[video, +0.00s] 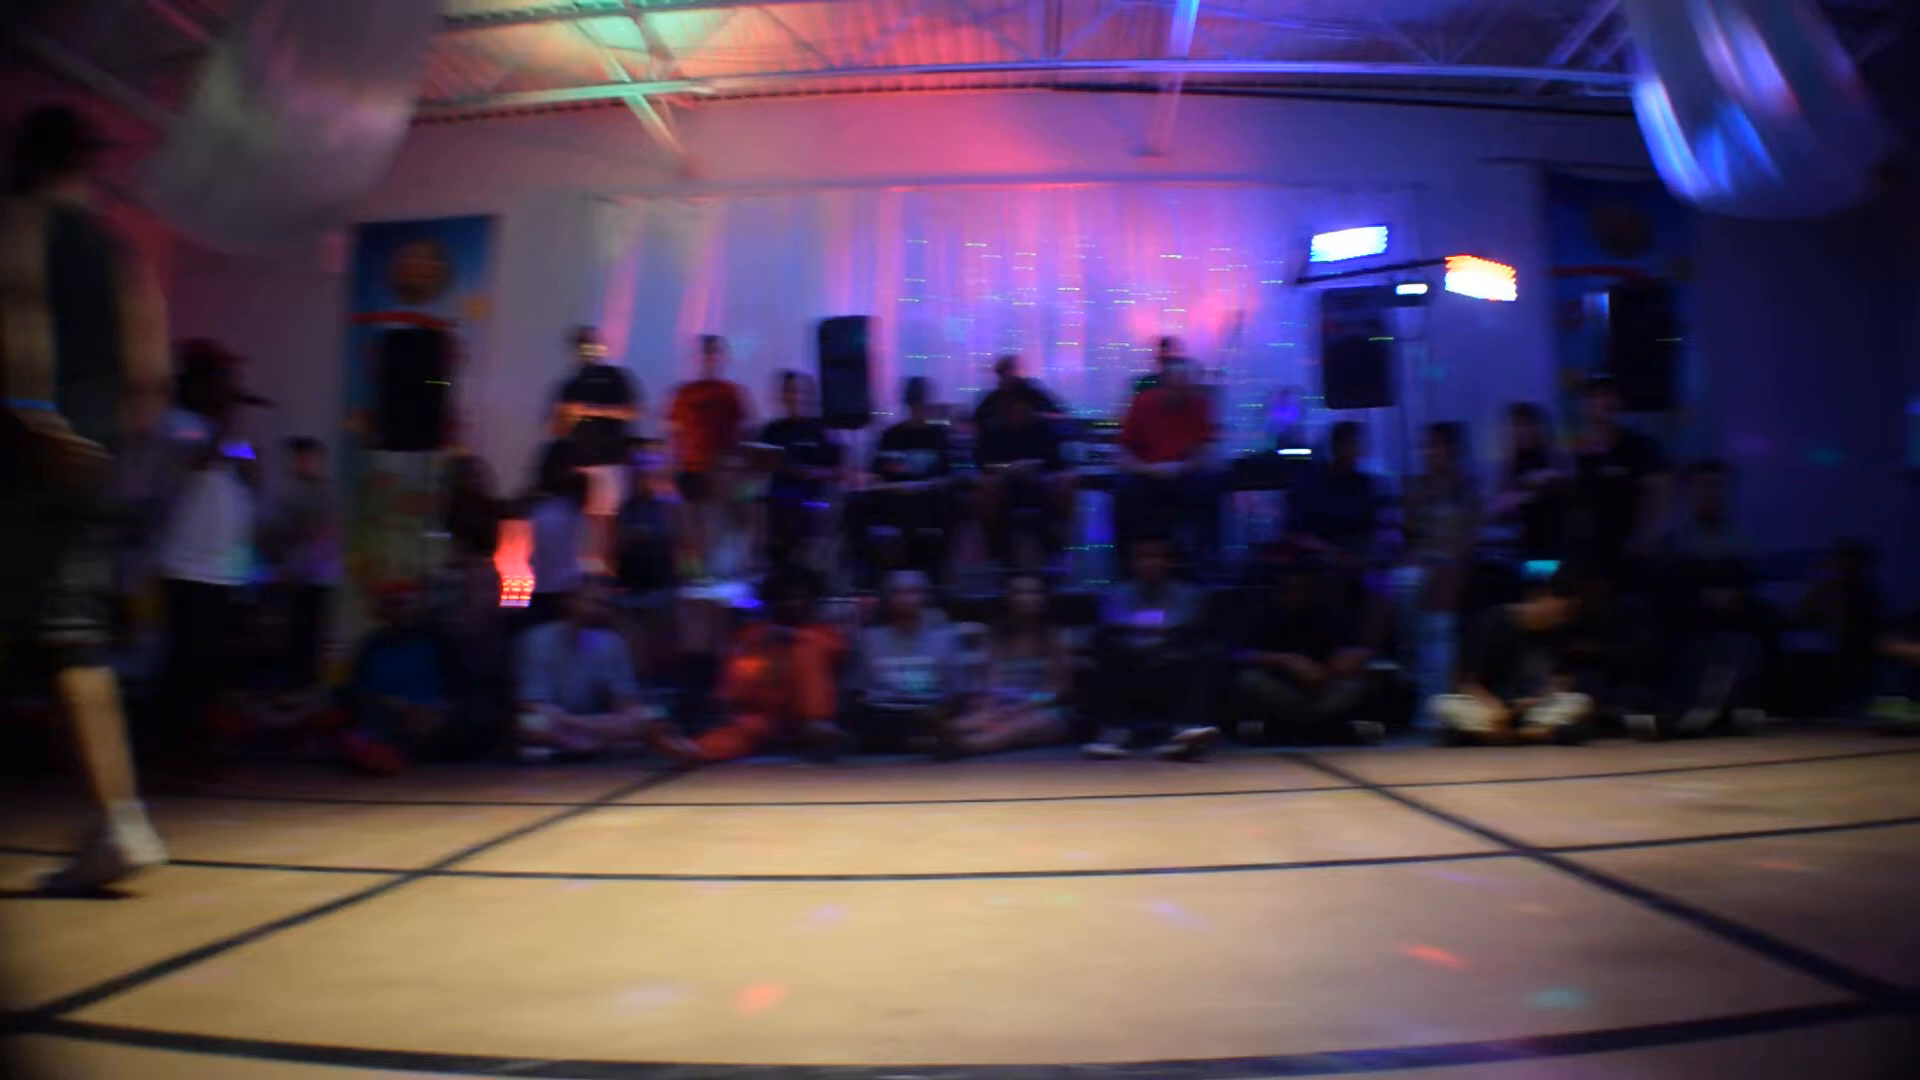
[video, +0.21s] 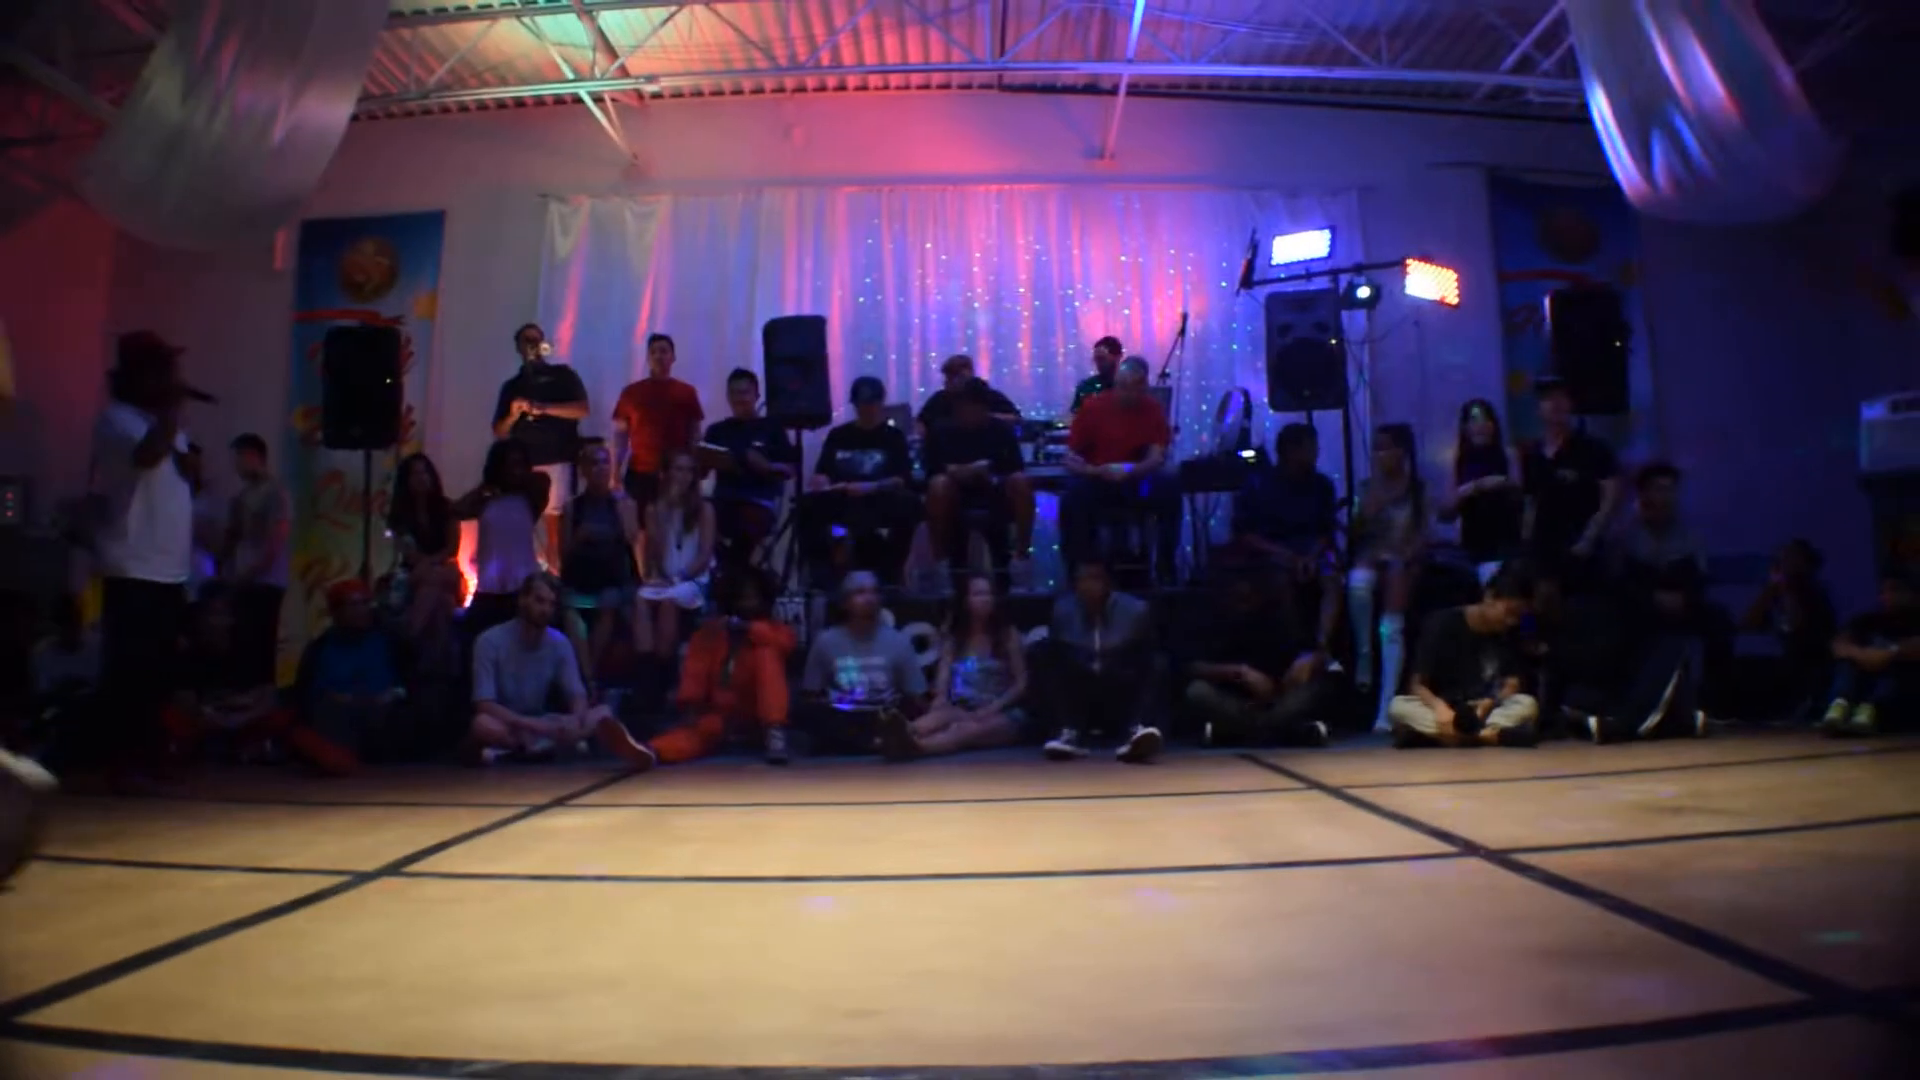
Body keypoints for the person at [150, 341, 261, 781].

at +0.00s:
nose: (226, 395)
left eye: (228, 386)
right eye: (218, 385)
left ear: (231, 391)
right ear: (199, 387)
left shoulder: (233, 440)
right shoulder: (181, 428)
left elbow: (258, 492)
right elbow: (189, 465)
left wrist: (243, 461)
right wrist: (221, 436)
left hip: (230, 573)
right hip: (190, 572)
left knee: (218, 670)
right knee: (188, 669)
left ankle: (212, 751)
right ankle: (179, 753)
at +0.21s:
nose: (171, 383)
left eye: (171, 375)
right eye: (162, 375)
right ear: (140, 377)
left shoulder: (169, 429)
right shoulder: (118, 420)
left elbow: (194, 483)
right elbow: (143, 458)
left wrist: (185, 456)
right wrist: (170, 412)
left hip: (170, 573)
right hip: (132, 573)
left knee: (160, 675)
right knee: (130, 675)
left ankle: (153, 758)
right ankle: (122, 761)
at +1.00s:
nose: (178, 381)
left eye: (178, 373)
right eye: (168, 372)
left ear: (176, 378)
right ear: (142, 377)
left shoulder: (185, 426)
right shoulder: (127, 421)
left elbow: (239, 457)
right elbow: (153, 455)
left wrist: (227, 405)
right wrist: (181, 404)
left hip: (193, 578)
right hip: (151, 578)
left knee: (187, 679)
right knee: (150, 680)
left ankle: (183, 760)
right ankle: (148, 764)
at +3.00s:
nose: (179, 388)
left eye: (180, 380)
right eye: (169, 380)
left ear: (180, 384)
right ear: (146, 385)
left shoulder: (180, 432)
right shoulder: (129, 426)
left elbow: (240, 440)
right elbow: (159, 462)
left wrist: (216, 400)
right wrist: (188, 413)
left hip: (185, 579)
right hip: (149, 578)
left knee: (179, 678)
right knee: (149, 679)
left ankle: (174, 762)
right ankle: (147, 768)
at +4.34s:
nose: (179, 390)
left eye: (181, 383)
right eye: (169, 383)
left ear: (185, 387)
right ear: (147, 386)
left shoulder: (200, 433)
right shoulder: (126, 429)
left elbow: (245, 462)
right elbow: (130, 468)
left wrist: (250, 438)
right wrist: (165, 423)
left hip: (191, 581)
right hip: (143, 581)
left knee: (185, 682)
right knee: (144, 681)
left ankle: (177, 762)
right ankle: (143, 768)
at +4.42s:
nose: (182, 389)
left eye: (184, 381)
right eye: (171, 382)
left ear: (186, 387)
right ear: (147, 387)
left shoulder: (202, 435)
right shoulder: (125, 431)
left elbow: (256, 463)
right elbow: (124, 468)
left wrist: (250, 469)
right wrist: (156, 421)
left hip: (191, 585)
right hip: (142, 585)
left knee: (184, 685)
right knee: (144, 685)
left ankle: (177, 763)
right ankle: (143, 769)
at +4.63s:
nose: (173, 393)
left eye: (178, 385)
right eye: (163, 386)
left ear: (185, 388)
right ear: (144, 391)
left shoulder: (207, 437)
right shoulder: (128, 434)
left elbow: (241, 491)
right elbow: (117, 471)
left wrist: (240, 526)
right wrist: (150, 422)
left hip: (194, 585)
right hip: (142, 584)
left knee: (185, 681)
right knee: (143, 682)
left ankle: (177, 761)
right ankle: (142, 765)